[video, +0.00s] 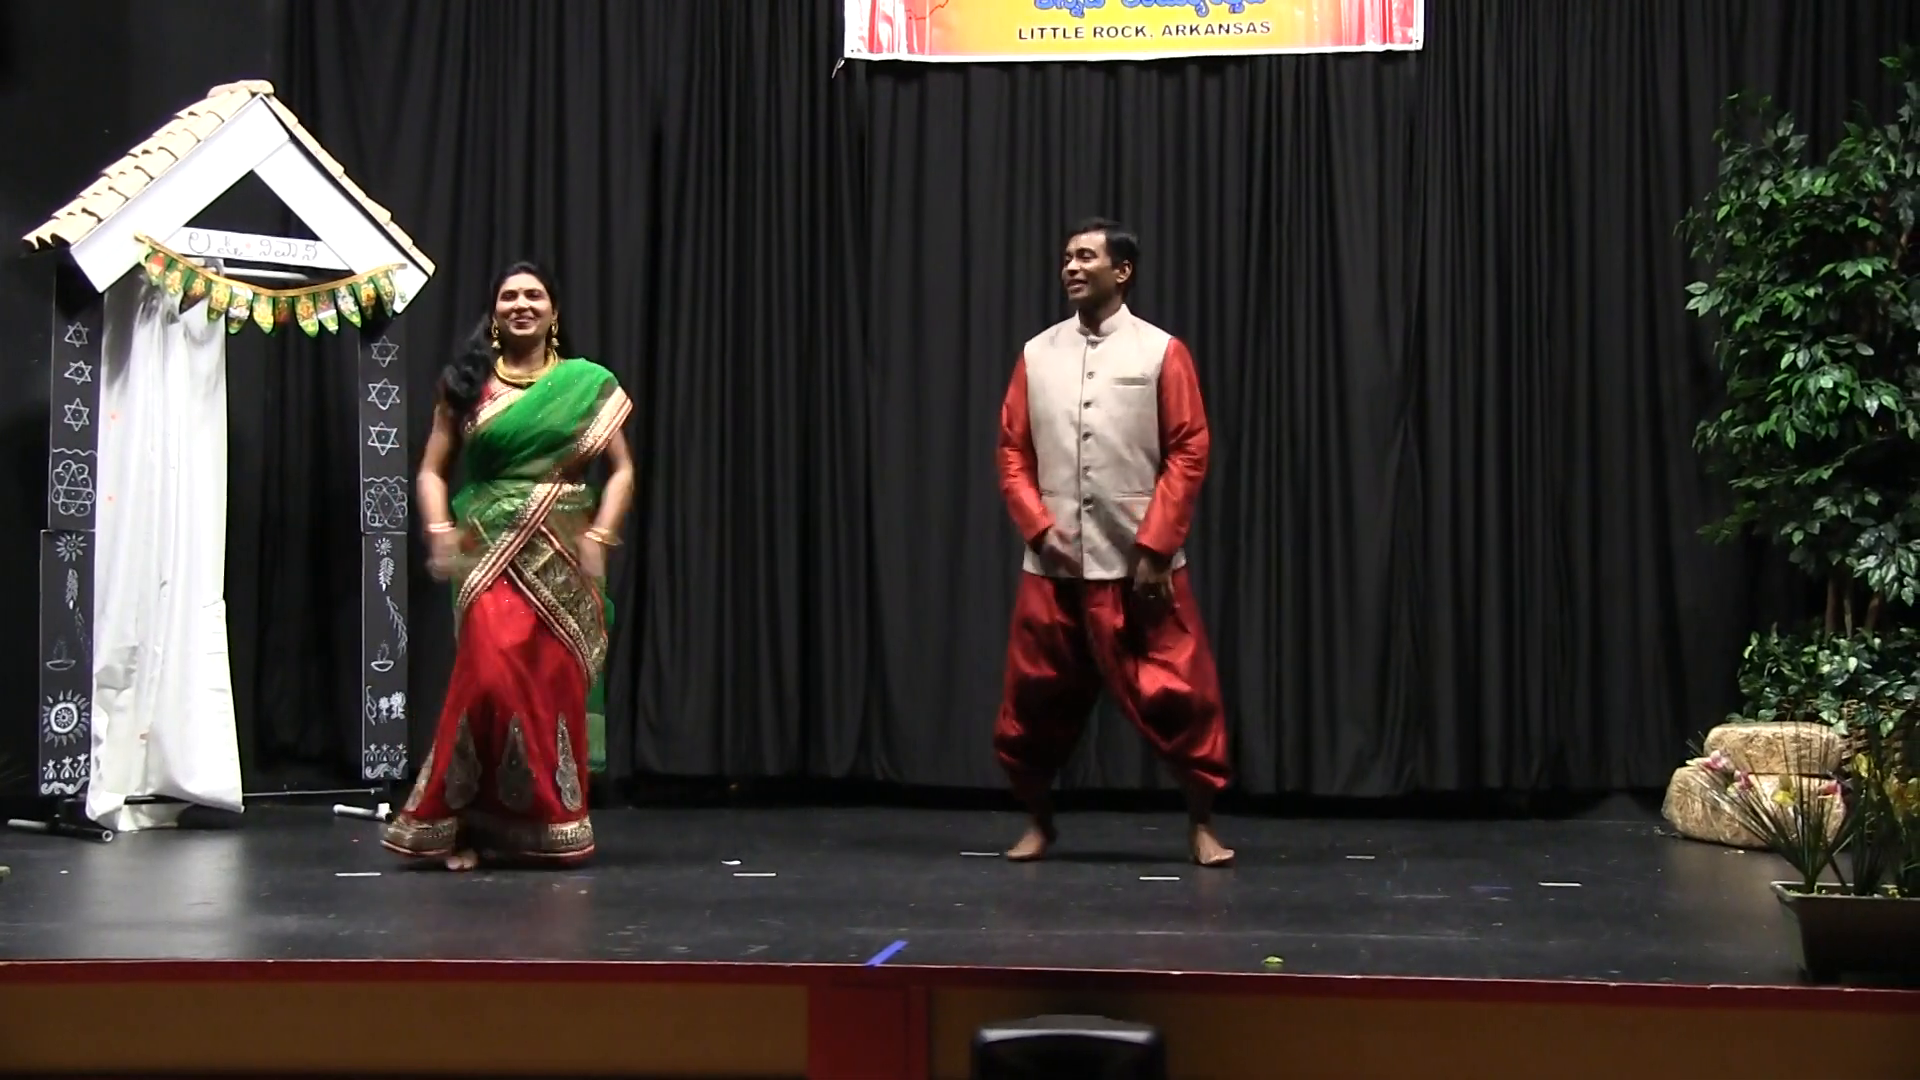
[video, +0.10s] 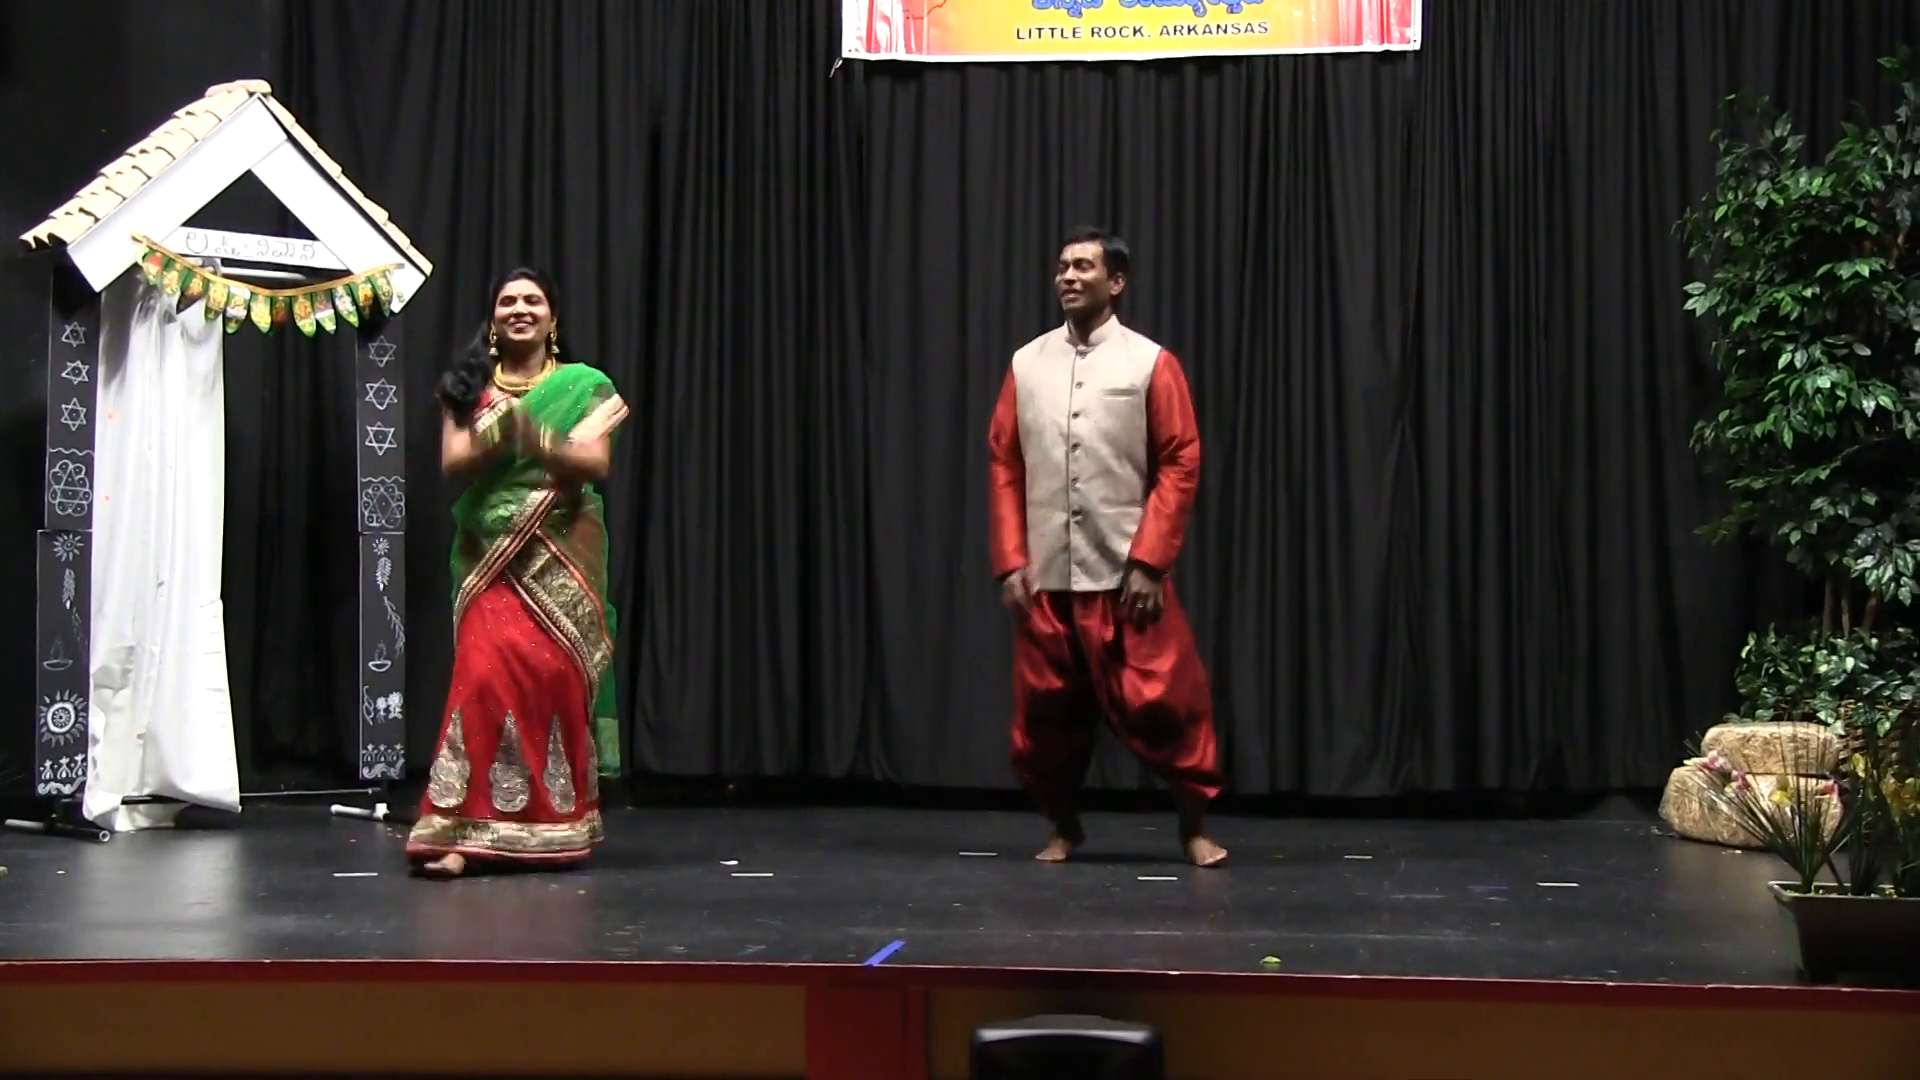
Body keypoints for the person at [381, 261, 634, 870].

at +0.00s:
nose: (521, 305)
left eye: (533, 296)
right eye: (510, 297)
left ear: (552, 310)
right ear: (493, 312)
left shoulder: (582, 382)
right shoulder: (469, 380)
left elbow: (621, 467)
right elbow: (431, 469)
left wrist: (600, 534)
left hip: (563, 545)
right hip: (490, 543)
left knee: (554, 681)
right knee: (492, 675)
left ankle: (542, 828)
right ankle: (461, 831)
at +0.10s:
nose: (520, 310)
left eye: (532, 301)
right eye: (509, 302)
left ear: (552, 317)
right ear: (492, 318)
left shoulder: (584, 383)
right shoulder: (466, 384)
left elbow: (597, 461)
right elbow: (451, 464)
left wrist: (538, 442)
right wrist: (491, 438)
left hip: (563, 550)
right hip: (487, 550)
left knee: (558, 673)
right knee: (478, 672)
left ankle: (557, 827)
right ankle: (463, 832)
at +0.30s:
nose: (503, 296)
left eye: (516, 288)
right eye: (491, 289)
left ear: (535, 307)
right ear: (475, 308)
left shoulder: (568, 359)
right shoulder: (459, 372)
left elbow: (632, 364)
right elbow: (380, 331)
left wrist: (609, 288)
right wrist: (401, 255)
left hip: (560, 531)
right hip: (485, 531)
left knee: (553, 668)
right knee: (462, 654)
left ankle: (538, 827)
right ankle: (447, 810)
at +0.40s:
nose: (491, 268)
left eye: (503, 261)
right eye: (479, 261)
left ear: (522, 280)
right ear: (461, 282)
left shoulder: (558, 330)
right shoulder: (443, 347)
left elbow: (648, 344)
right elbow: (349, 310)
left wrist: (630, 308)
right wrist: (377, 239)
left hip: (557, 508)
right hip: (478, 510)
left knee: (567, 649)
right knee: (467, 648)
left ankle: (568, 814)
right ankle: (465, 809)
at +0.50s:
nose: (484, 272)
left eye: (495, 264)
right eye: (471, 264)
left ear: (514, 281)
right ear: (450, 282)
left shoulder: (543, 329)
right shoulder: (430, 344)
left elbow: (641, 329)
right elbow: (335, 328)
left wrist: (639, 370)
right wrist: (361, 258)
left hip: (551, 510)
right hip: (468, 519)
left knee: (605, 643)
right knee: (467, 667)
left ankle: (652, 809)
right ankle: (475, 834)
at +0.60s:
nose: (480, 289)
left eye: (490, 281)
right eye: (467, 281)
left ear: (504, 294)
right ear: (442, 297)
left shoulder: (534, 346)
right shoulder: (418, 363)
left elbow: (634, 368)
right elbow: (321, 368)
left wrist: (634, 438)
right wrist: (362, 301)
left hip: (542, 527)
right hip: (461, 536)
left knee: (602, 657)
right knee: (461, 675)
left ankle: (682, 802)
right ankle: (472, 837)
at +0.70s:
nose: (484, 307)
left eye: (491, 298)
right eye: (470, 298)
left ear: (501, 310)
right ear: (439, 311)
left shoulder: (527, 362)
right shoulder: (413, 379)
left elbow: (619, 400)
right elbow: (314, 376)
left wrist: (610, 476)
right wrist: (361, 320)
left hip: (548, 537)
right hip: (471, 548)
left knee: (598, 673)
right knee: (462, 681)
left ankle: (681, 813)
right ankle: (471, 837)